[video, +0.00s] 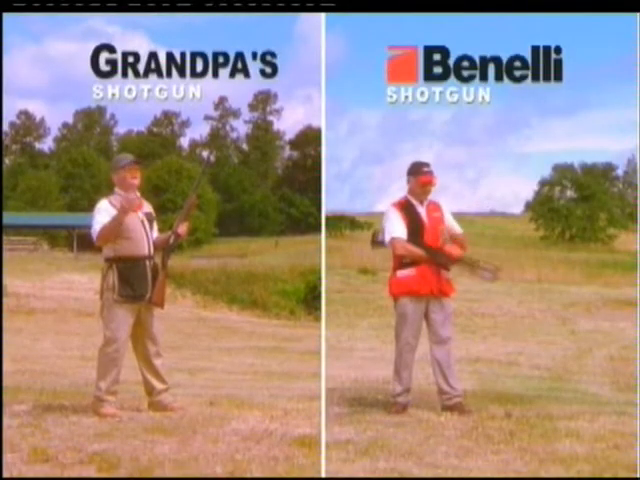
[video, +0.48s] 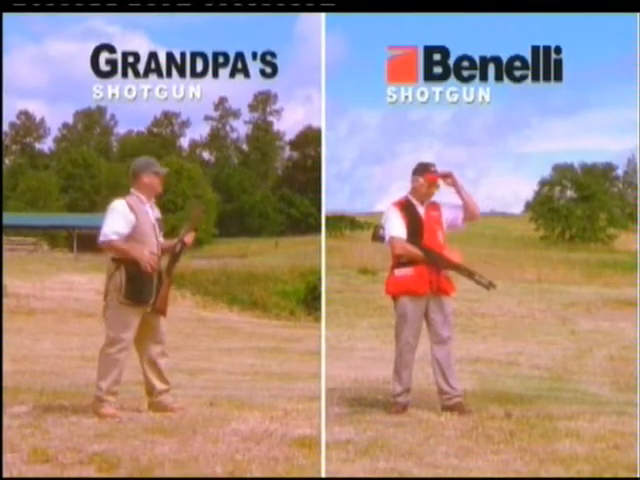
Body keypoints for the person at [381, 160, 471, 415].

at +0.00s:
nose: (428, 186)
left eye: (431, 182)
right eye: (423, 181)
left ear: (433, 182)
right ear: (410, 181)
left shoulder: (438, 209)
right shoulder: (396, 211)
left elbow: (459, 239)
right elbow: (399, 249)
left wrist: (451, 250)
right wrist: (434, 256)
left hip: (437, 280)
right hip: (409, 281)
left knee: (443, 341)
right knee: (406, 343)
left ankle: (451, 397)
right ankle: (401, 396)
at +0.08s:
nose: (429, 189)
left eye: (432, 184)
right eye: (424, 184)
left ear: (434, 184)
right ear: (411, 182)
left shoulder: (438, 210)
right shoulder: (396, 210)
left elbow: (464, 238)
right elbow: (399, 249)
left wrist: (456, 218)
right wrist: (435, 259)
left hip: (437, 281)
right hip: (409, 282)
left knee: (443, 341)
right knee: (406, 342)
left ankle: (451, 397)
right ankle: (401, 396)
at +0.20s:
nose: (431, 190)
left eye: (434, 185)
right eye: (427, 184)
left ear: (436, 185)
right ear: (414, 182)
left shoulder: (438, 209)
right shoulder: (397, 210)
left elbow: (470, 228)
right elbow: (399, 249)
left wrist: (458, 201)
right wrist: (435, 260)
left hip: (436, 282)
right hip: (409, 283)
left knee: (442, 341)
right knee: (406, 343)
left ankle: (451, 397)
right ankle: (400, 397)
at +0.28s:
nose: (433, 191)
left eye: (436, 186)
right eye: (429, 185)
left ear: (437, 186)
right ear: (415, 182)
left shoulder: (437, 211)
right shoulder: (397, 210)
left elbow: (472, 220)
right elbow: (398, 249)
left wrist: (458, 192)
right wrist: (436, 259)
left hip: (437, 281)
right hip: (409, 282)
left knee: (442, 341)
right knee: (406, 343)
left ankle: (451, 397)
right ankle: (401, 397)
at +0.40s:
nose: (433, 190)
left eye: (436, 185)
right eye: (430, 184)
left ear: (437, 185)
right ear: (416, 182)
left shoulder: (439, 210)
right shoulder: (397, 210)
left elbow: (473, 217)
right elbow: (398, 248)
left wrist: (458, 190)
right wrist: (435, 258)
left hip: (437, 282)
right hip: (409, 282)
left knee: (443, 340)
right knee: (406, 343)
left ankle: (451, 397)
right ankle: (401, 397)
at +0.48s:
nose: (433, 189)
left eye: (436, 185)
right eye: (430, 184)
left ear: (436, 186)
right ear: (416, 181)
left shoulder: (438, 210)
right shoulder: (396, 210)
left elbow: (472, 215)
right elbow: (398, 248)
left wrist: (457, 186)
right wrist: (436, 258)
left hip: (437, 281)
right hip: (409, 282)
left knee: (443, 340)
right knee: (406, 342)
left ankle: (451, 397)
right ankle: (401, 397)